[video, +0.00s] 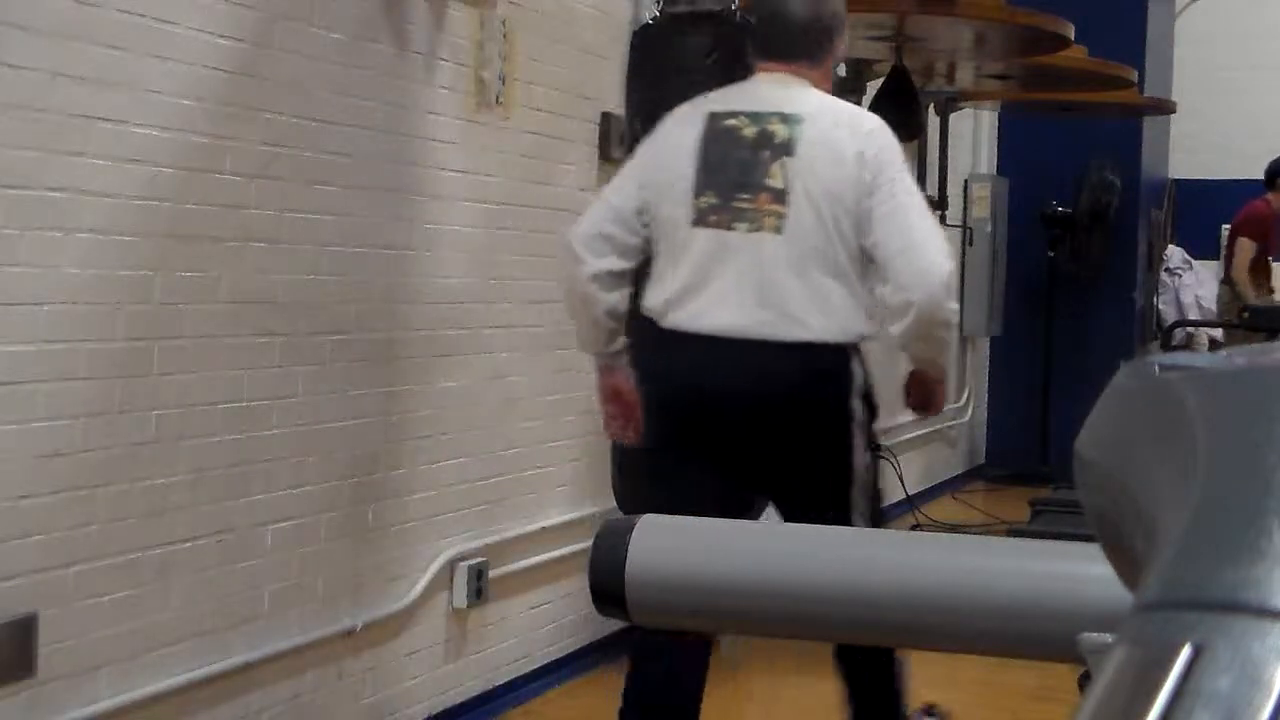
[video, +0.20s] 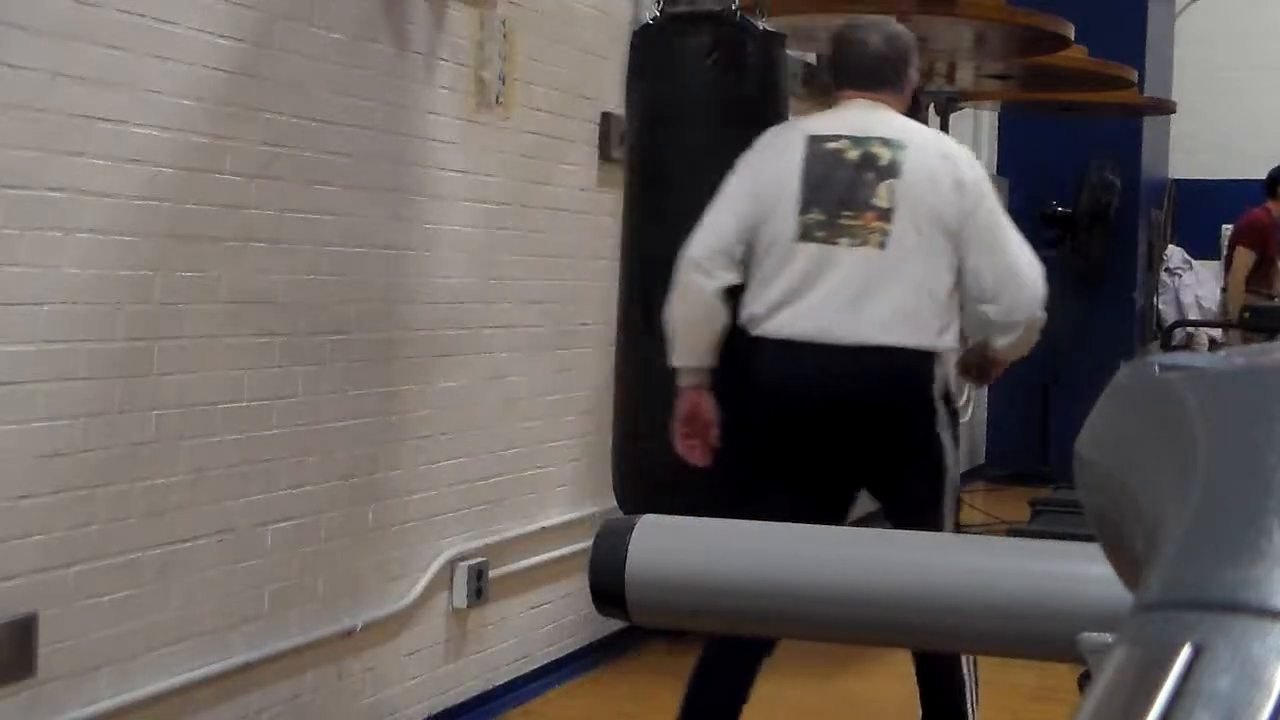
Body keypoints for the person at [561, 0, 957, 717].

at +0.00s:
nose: (840, 61)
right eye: (841, 49)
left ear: (751, 43)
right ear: (833, 52)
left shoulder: (683, 123)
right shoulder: (863, 136)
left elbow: (593, 249)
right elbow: (928, 279)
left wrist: (610, 361)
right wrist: (928, 366)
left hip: (680, 376)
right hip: (807, 387)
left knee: (672, 585)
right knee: (853, 574)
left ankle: (654, 716)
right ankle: (882, 716)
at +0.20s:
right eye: (914, 82)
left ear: (828, 81)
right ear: (908, 85)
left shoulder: (774, 147)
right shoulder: (947, 162)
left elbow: (700, 266)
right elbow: (1020, 295)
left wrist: (692, 380)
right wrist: (989, 357)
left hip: (778, 386)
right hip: (898, 395)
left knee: (753, 584)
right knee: (933, 579)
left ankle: (705, 713)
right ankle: (949, 714)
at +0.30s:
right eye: (937, 78)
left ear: (855, 78)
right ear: (934, 79)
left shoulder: (807, 143)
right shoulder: (979, 151)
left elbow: (752, 267)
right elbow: (1050, 284)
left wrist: (745, 383)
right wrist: (995, 313)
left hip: (822, 368)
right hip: (933, 374)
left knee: (815, 545)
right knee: (944, 556)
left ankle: (745, 701)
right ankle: (950, 710)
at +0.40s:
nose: (955, 73)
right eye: (953, 65)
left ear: (870, 71)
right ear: (946, 69)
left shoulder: (830, 133)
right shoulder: (995, 136)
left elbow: (793, 255)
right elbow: (1069, 254)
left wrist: (790, 370)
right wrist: (1010, 236)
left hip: (850, 353)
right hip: (956, 360)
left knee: (844, 527)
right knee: (957, 540)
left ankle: (808, 696)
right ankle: (952, 705)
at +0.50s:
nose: (965, 72)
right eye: (962, 63)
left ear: (879, 71)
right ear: (954, 68)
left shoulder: (846, 135)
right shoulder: (1006, 133)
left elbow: (819, 257)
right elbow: (1078, 210)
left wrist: (821, 372)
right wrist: (1017, 186)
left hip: (876, 355)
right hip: (977, 361)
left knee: (863, 537)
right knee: (970, 542)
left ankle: (867, 704)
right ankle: (955, 707)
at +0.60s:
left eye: (886, 77)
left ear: (888, 79)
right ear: (960, 78)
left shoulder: (861, 147)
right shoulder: (1013, 138)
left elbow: (838, 273)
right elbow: (1072, 174)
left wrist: (833, 381)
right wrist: (1008, 206)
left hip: (892, 362)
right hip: (990, 364)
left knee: (888, 542)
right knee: (976, 541)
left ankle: (915, 694)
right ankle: (961, 701)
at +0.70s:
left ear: (891, 91)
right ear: (965, 89)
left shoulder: (874, 161)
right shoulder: (1017, 145)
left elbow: (846, 287)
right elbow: (1050, 146)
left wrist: (832, 390)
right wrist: (1000, 99)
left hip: (904, 363)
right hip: (1001, 362)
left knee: (898, 542)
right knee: (988, 534)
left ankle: (924, 702)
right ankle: (970, 699)